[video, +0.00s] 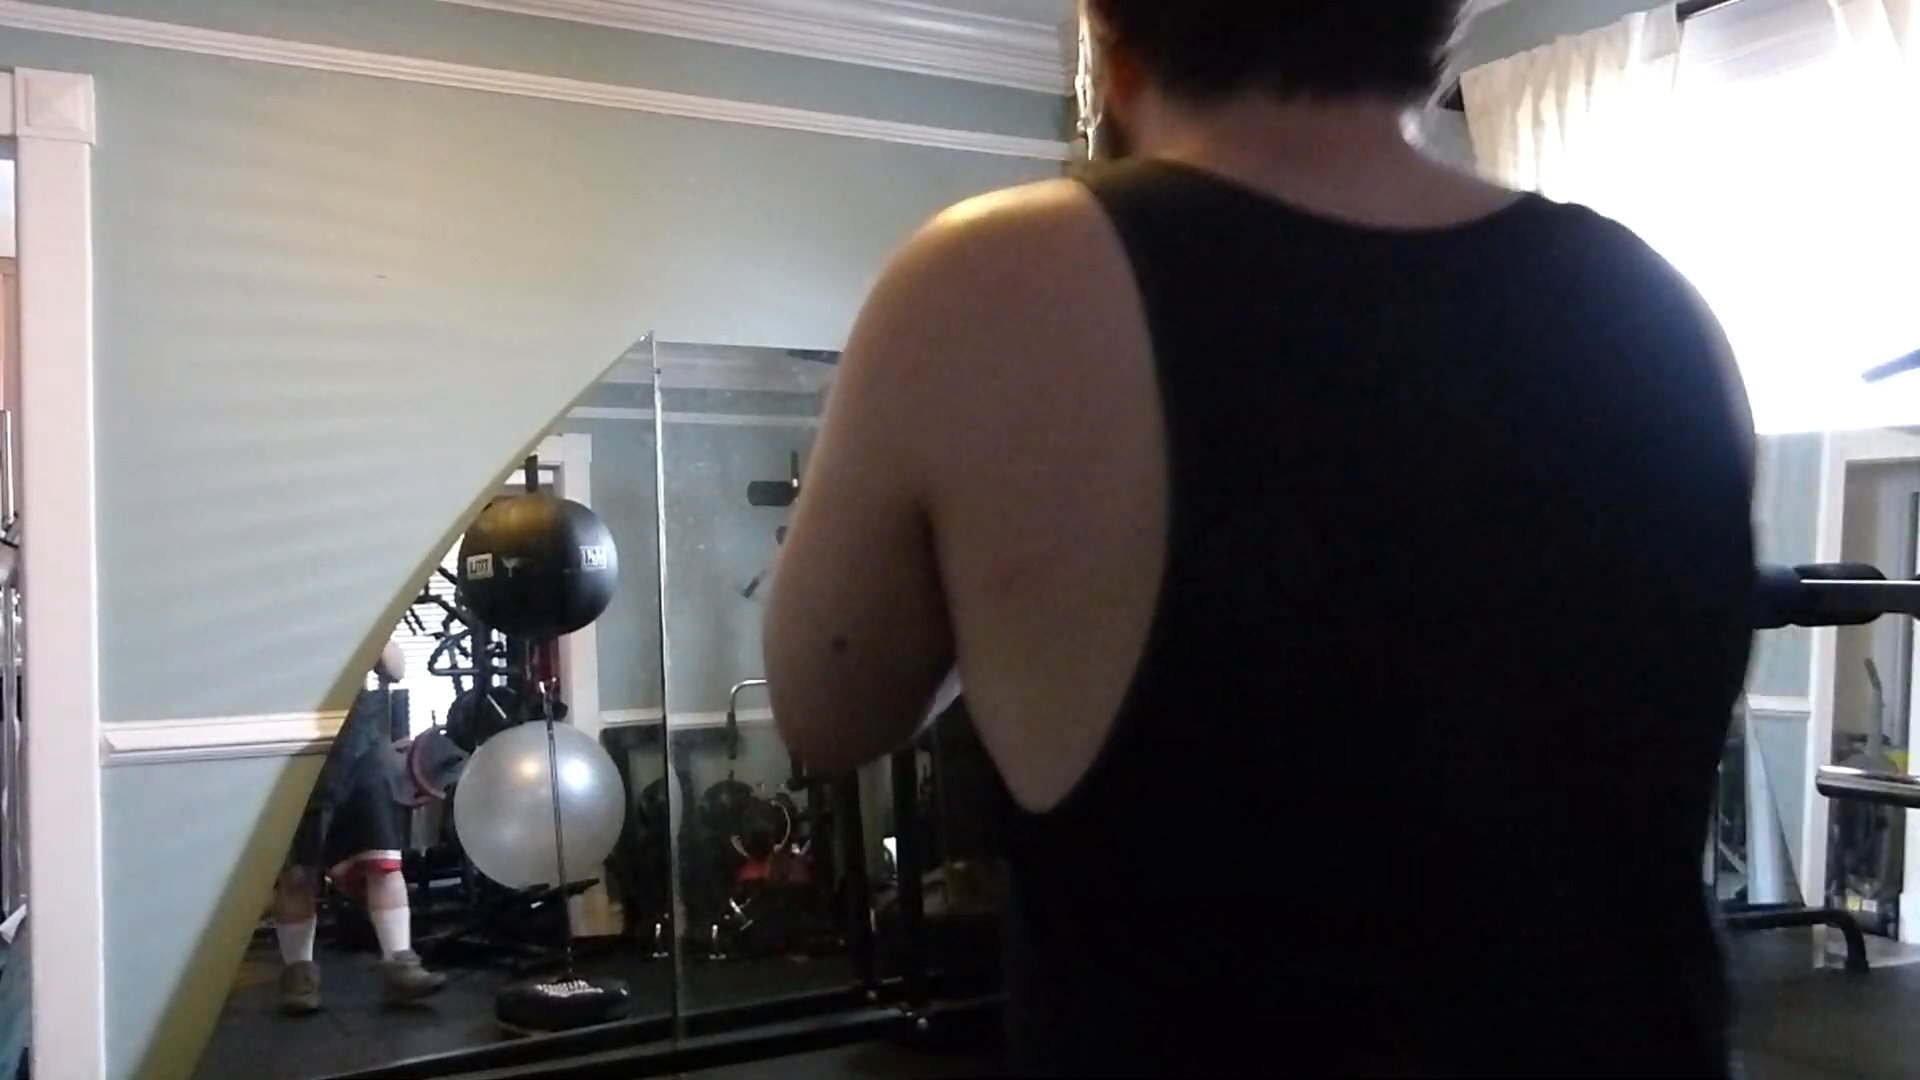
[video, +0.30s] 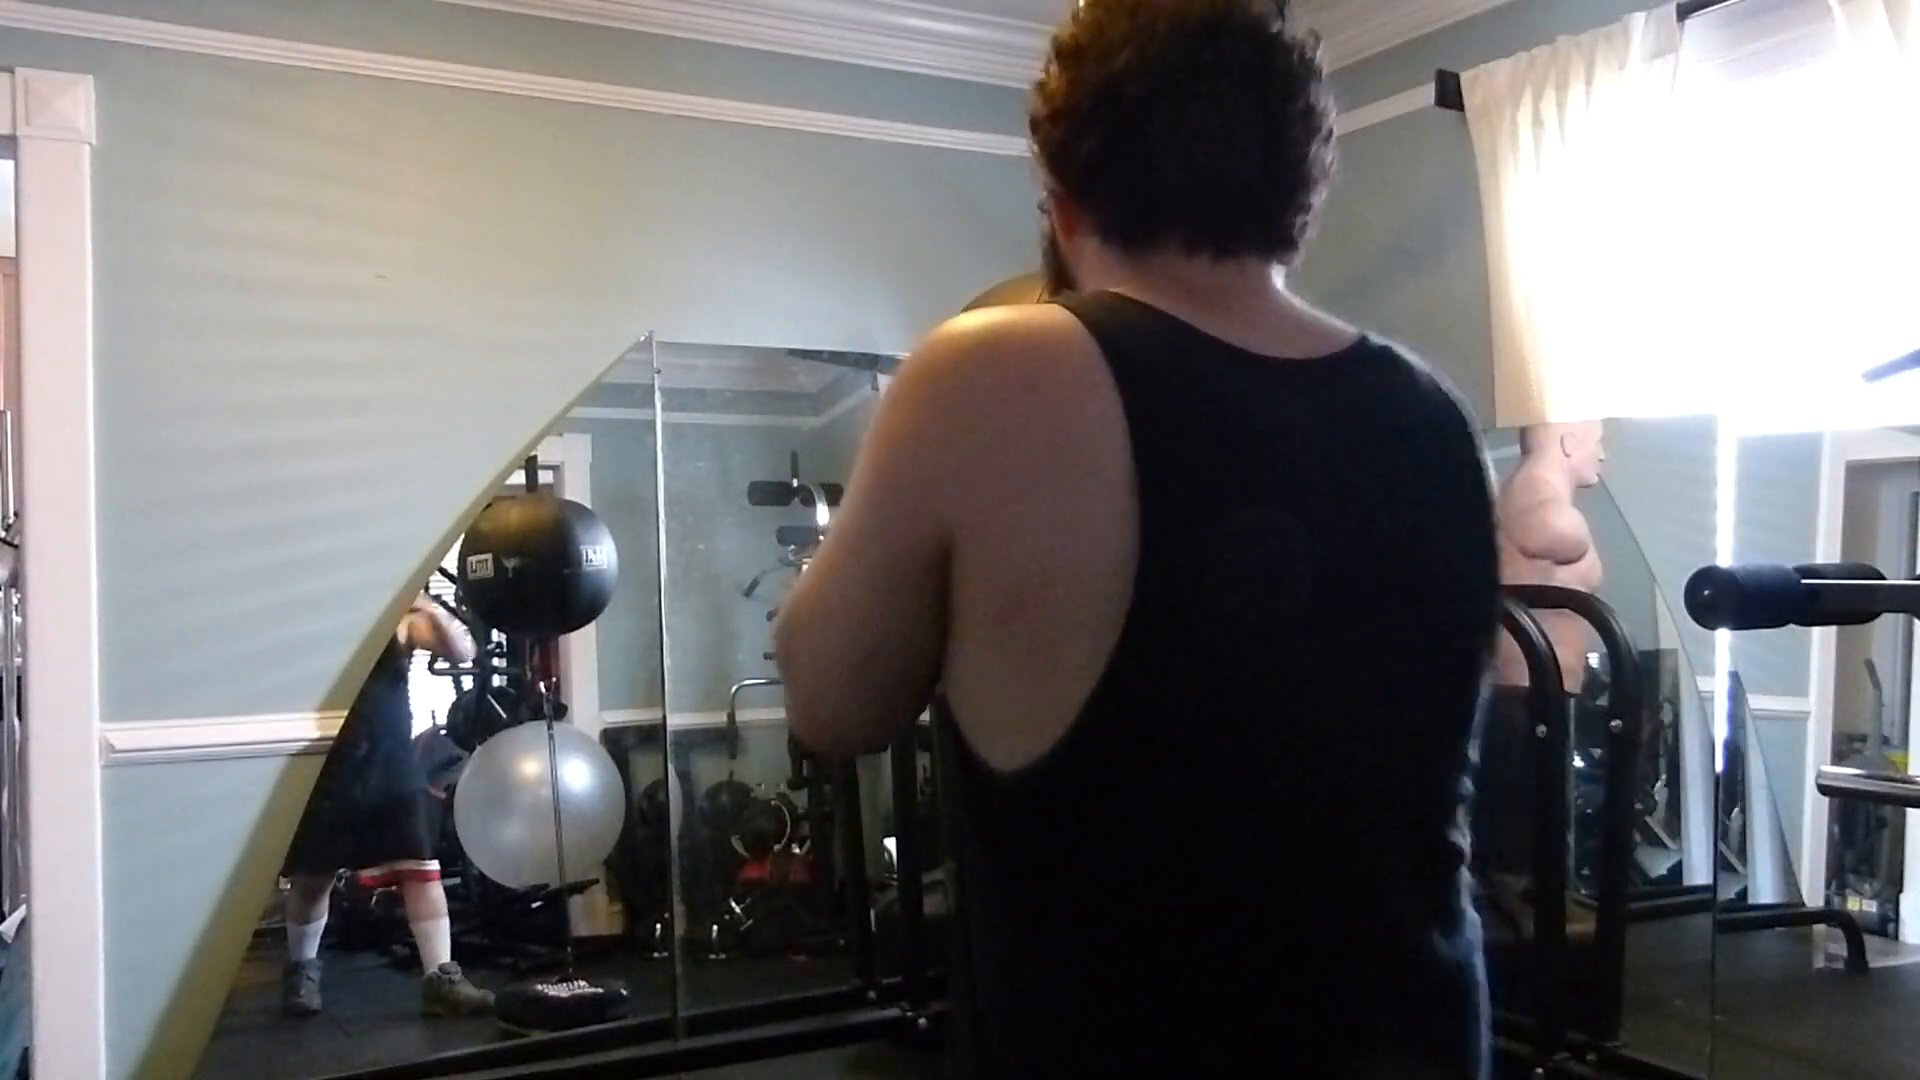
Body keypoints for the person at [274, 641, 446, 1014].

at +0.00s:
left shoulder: (357, 611)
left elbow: (395, 668)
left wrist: (362, 621)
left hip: (365, 752)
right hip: (303, 759)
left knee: (384, 861)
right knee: (298, 870)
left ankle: (401, 963)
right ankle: (300, 972)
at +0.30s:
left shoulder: (399, 618)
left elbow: (463, 651)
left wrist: (432, 607)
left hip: (392, 764)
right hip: (323, 769)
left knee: (420, 866)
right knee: (313, 875)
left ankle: (441, 976)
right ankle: (303, 975)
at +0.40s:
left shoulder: (423, 603)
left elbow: (480, 625)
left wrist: (496, 610)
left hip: (404, 759)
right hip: (331, 762)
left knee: (429, 869)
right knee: (320, 878)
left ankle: (444, 977)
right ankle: (305, 957)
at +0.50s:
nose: (414, 579)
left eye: (419, 568)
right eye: (402, 568)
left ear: (428, 568)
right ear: (382, 569)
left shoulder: (443, 606)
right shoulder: (353, 601)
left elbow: (484, 654)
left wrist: (482, 654)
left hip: (415, 751)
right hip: (347, 752)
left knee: (437, 870)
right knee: (334, 869)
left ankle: (446, 979)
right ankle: (305, 954)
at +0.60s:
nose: (422, 557)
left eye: (427, 548)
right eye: (412, 550)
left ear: (431, 551)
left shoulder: (441, 600)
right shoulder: (358, 597)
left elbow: (467, 667)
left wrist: (462, 690)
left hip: (420, 754)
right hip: (353, 753)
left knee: (440, 868)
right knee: (336, 868)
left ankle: (445, 979)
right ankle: (301, 978)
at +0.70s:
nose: (439, 566)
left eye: (444, 558)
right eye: (432, 556)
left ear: (437, 566)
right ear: (397, 560)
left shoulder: (436, 611)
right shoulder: (361, 605)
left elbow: (455, 682)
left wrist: (459, 682)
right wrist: (464, 540)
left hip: (423, 764)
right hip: (356, 768)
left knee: (444, 873)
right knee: (328, 876)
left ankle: (444, 979)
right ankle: (284, 993)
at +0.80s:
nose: (427, 587)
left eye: (431, 579)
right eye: (424, 577)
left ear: (420, 576)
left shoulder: (415, 625)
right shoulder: (350, 612)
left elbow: (441, 671)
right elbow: (405, 598)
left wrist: (454, 678)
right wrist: (457, 559)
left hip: (417, 764)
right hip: (350, 764)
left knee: (446, 874)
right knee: (321, 878)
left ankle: (444, 982)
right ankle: (260, 998)